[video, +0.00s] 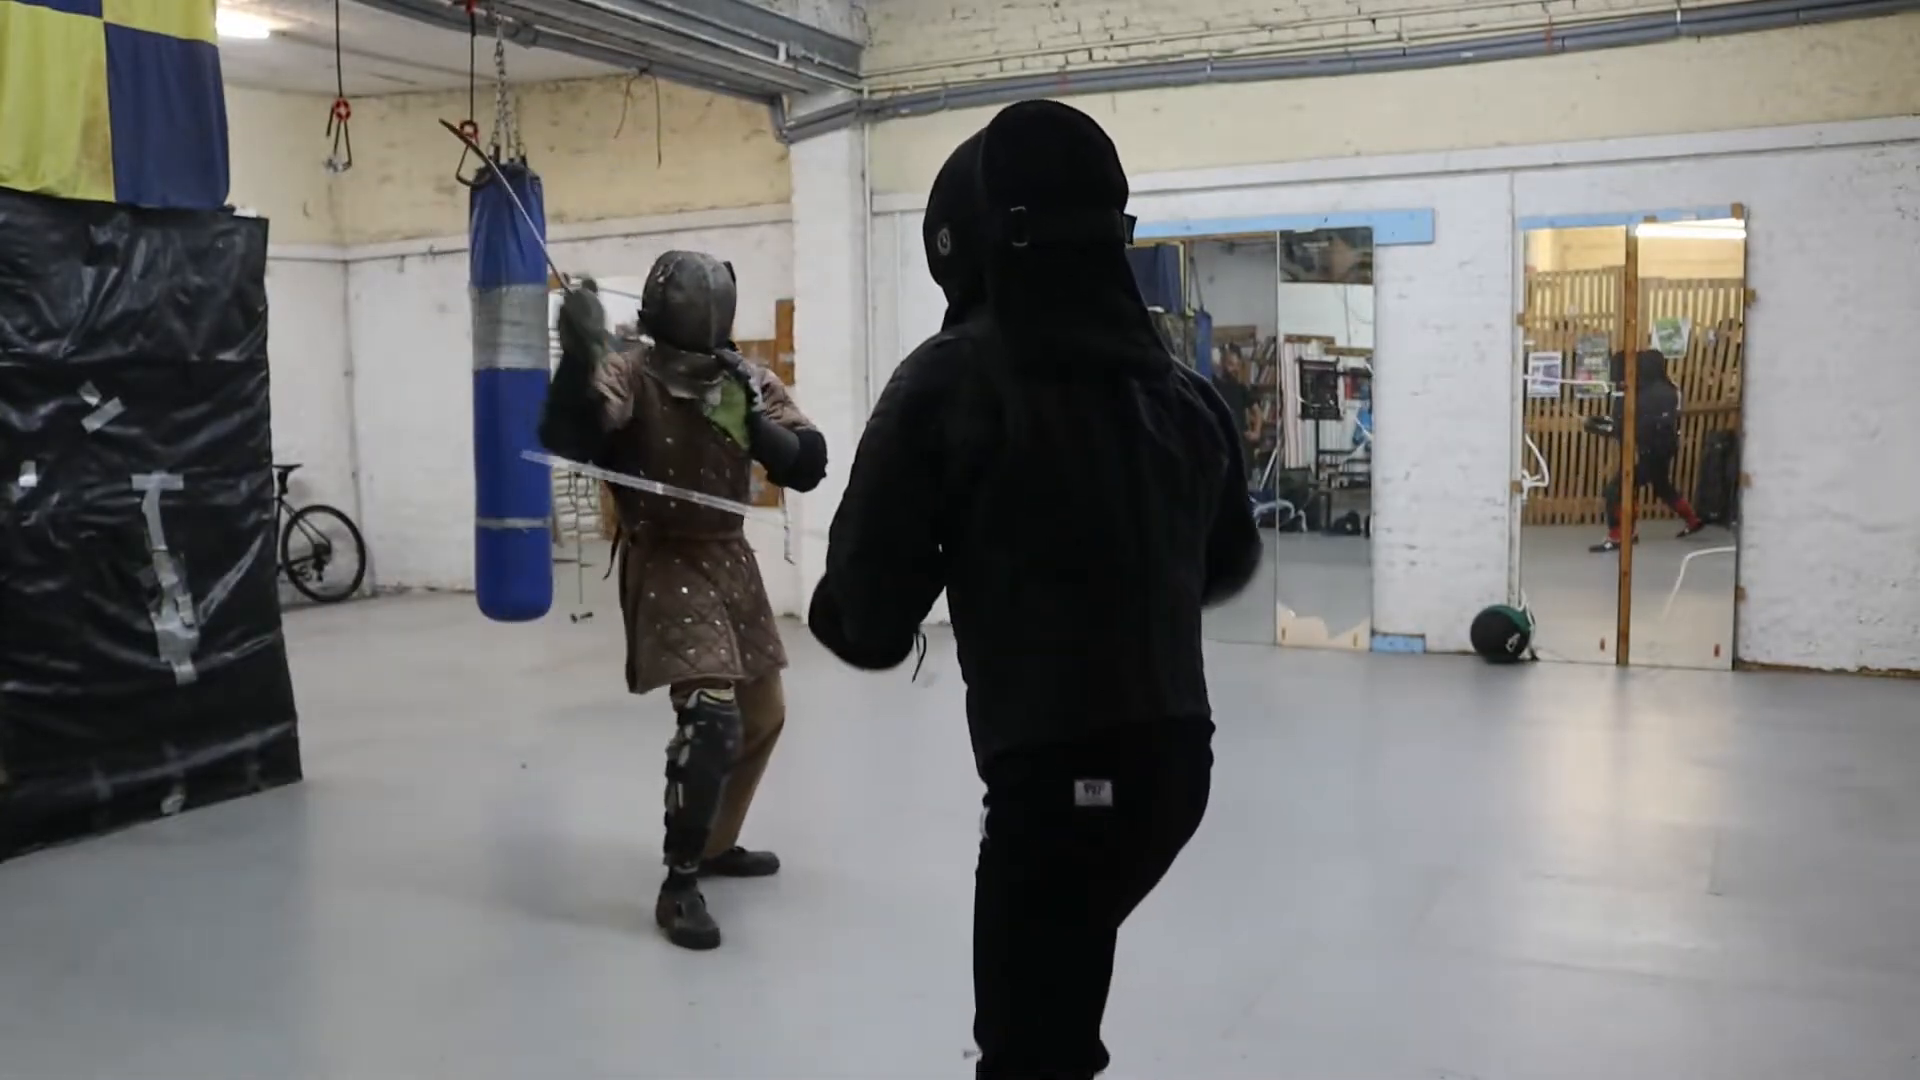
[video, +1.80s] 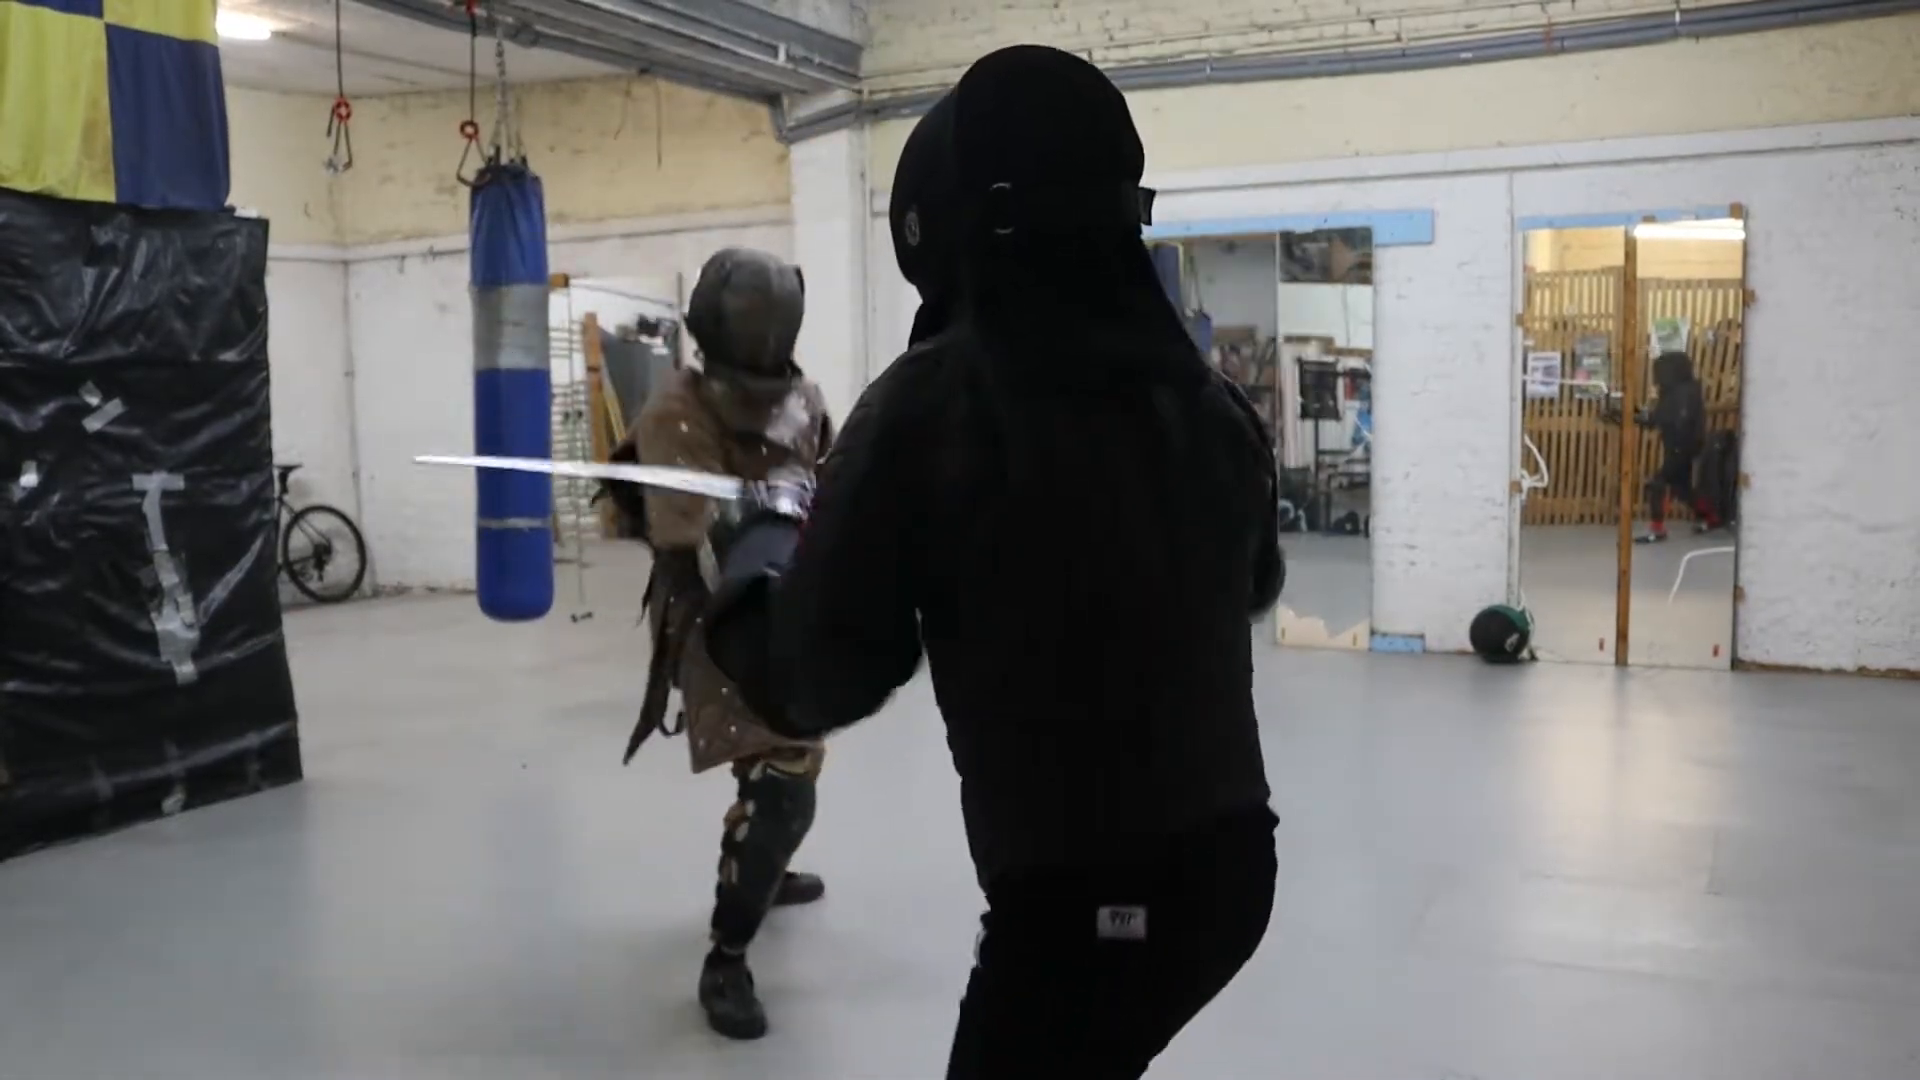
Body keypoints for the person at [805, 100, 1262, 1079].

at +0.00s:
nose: (934, 262)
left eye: (942, 236)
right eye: (936, 236)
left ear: (977, 240)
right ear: (1103, 233)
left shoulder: (945, 383)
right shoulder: (1177, 386)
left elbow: (868, 624)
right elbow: (1229, 560)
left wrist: (836, 589)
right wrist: (1112, 557)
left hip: (1049, 768)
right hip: (1175, 757)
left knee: (1031, 1046)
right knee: (1042, 1013)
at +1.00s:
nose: (894, 275)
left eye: (901, 244)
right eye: (890, 246)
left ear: (949, 239)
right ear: (1077, 230)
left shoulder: (937, 400)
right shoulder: (1147, 387)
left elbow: (779, 617)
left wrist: (760, 505)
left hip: (1043, 866)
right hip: (1161, 845)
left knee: (945, 1066)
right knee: (1013, 1057)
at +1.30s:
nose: (890, 261)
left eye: (899, 232)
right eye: (890, 233)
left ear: (934, 234)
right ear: (1113, 218)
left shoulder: (898, 412)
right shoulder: (1198, 377)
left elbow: (735, 565)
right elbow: (1230, 336)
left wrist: (711, 454)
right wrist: (1123, 261)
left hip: (1011, 938)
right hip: (1188, 915)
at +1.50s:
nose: (872, 244)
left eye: (887, 216)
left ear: (917, 236)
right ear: (1114, 215)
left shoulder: (886, 424)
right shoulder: (1191, 366)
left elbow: (698, 548)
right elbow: (1256, 213)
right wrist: (1129, 70)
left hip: (1032, 949)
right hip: (1219, 924)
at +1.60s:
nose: (882, 261)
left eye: (893, 232)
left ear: (925, 239)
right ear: (1115, 221)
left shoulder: (885, 429)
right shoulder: (1203, 380)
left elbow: (688, 564)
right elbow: (1287, 285)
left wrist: (821, 646)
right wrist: (1153, 150)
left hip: (1034, 940)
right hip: (1217, 916)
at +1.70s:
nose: (900, 264)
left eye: (908, 233)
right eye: (901, 234)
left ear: (941, 235)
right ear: (1121, 221)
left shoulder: (914, 422)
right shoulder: (1207, 399)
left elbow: (730, 624)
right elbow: (1284, 435)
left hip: (1043, 924)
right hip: (1217, 900)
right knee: (1091, 1056)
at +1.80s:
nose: (909, 255)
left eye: (917, 223)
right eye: (907, 225)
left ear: (959, 222)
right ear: (1117, 213)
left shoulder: (925, 408)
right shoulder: (1200, 399)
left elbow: (820, 679)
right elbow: (1254, 580)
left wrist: (752, 560)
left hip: (1065, 891)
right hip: (1226, 864)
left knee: (998, 1065)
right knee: (1076, 1055)